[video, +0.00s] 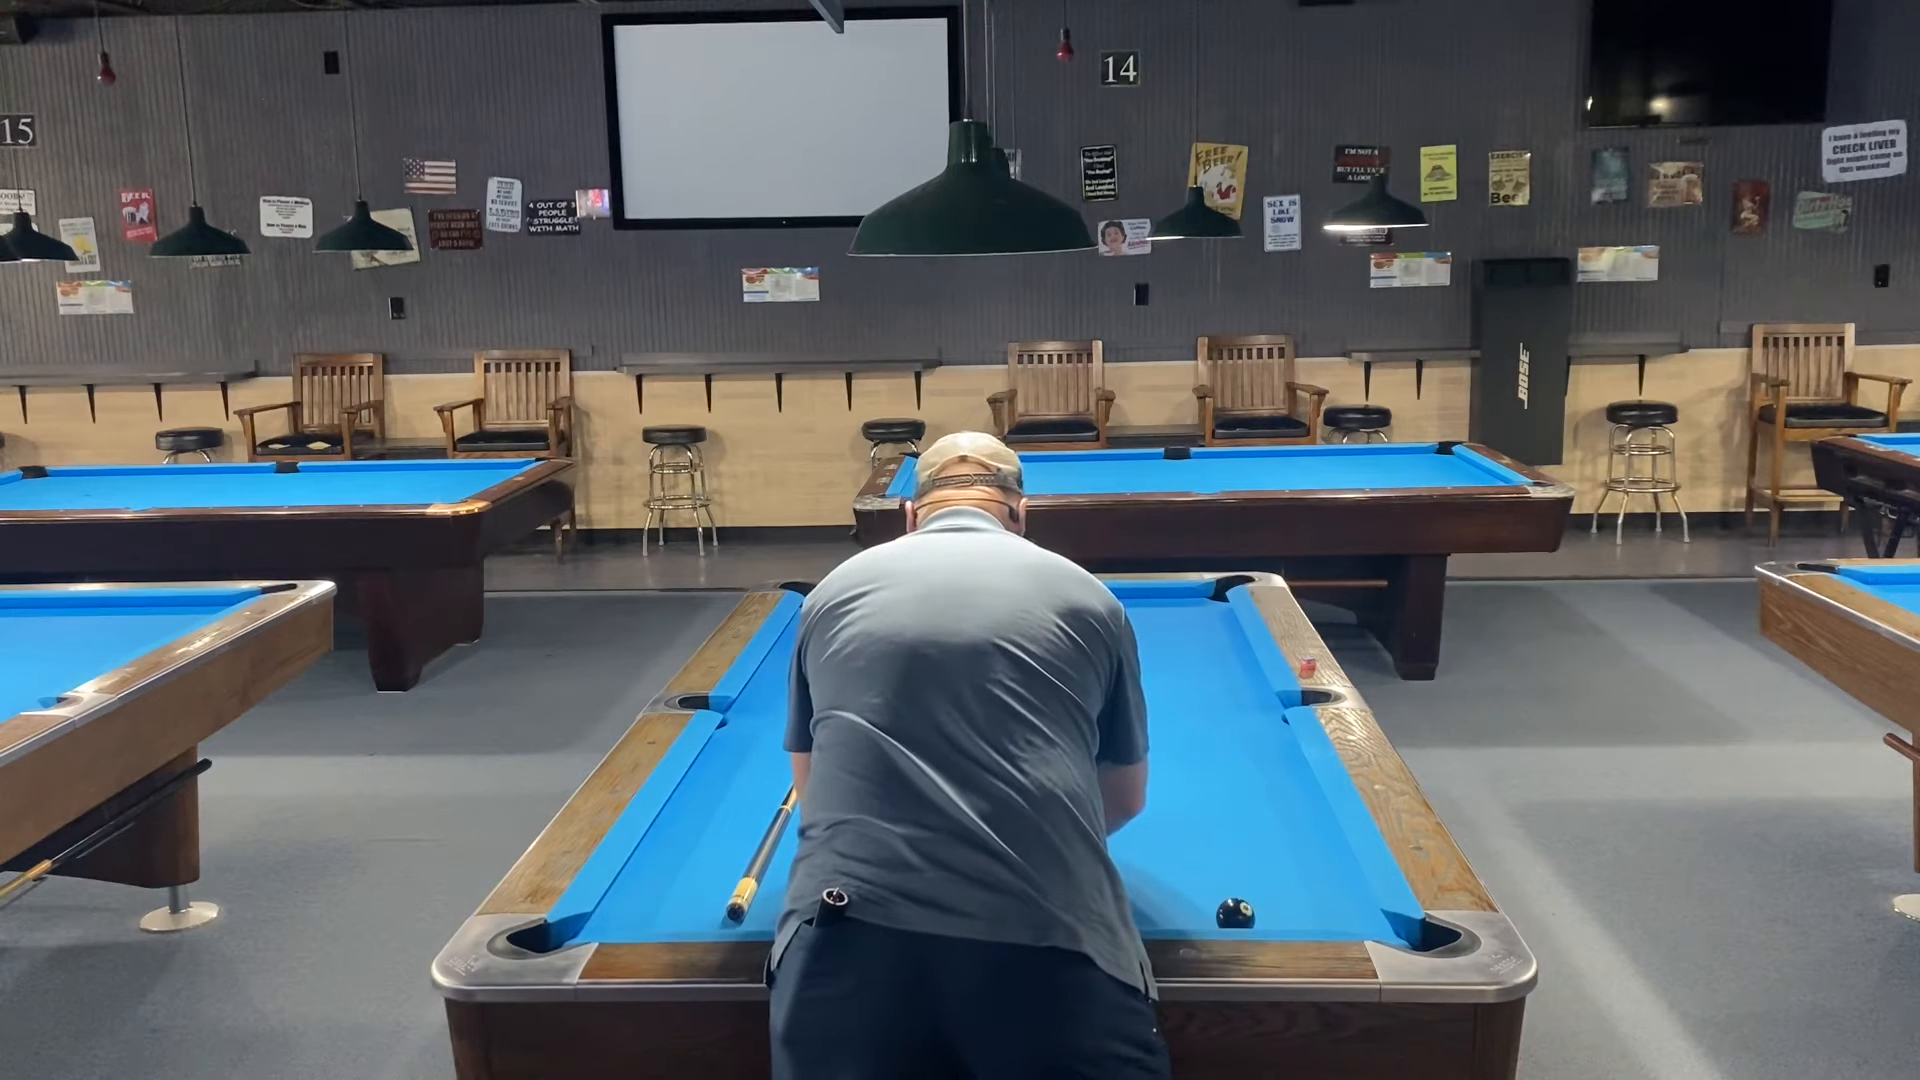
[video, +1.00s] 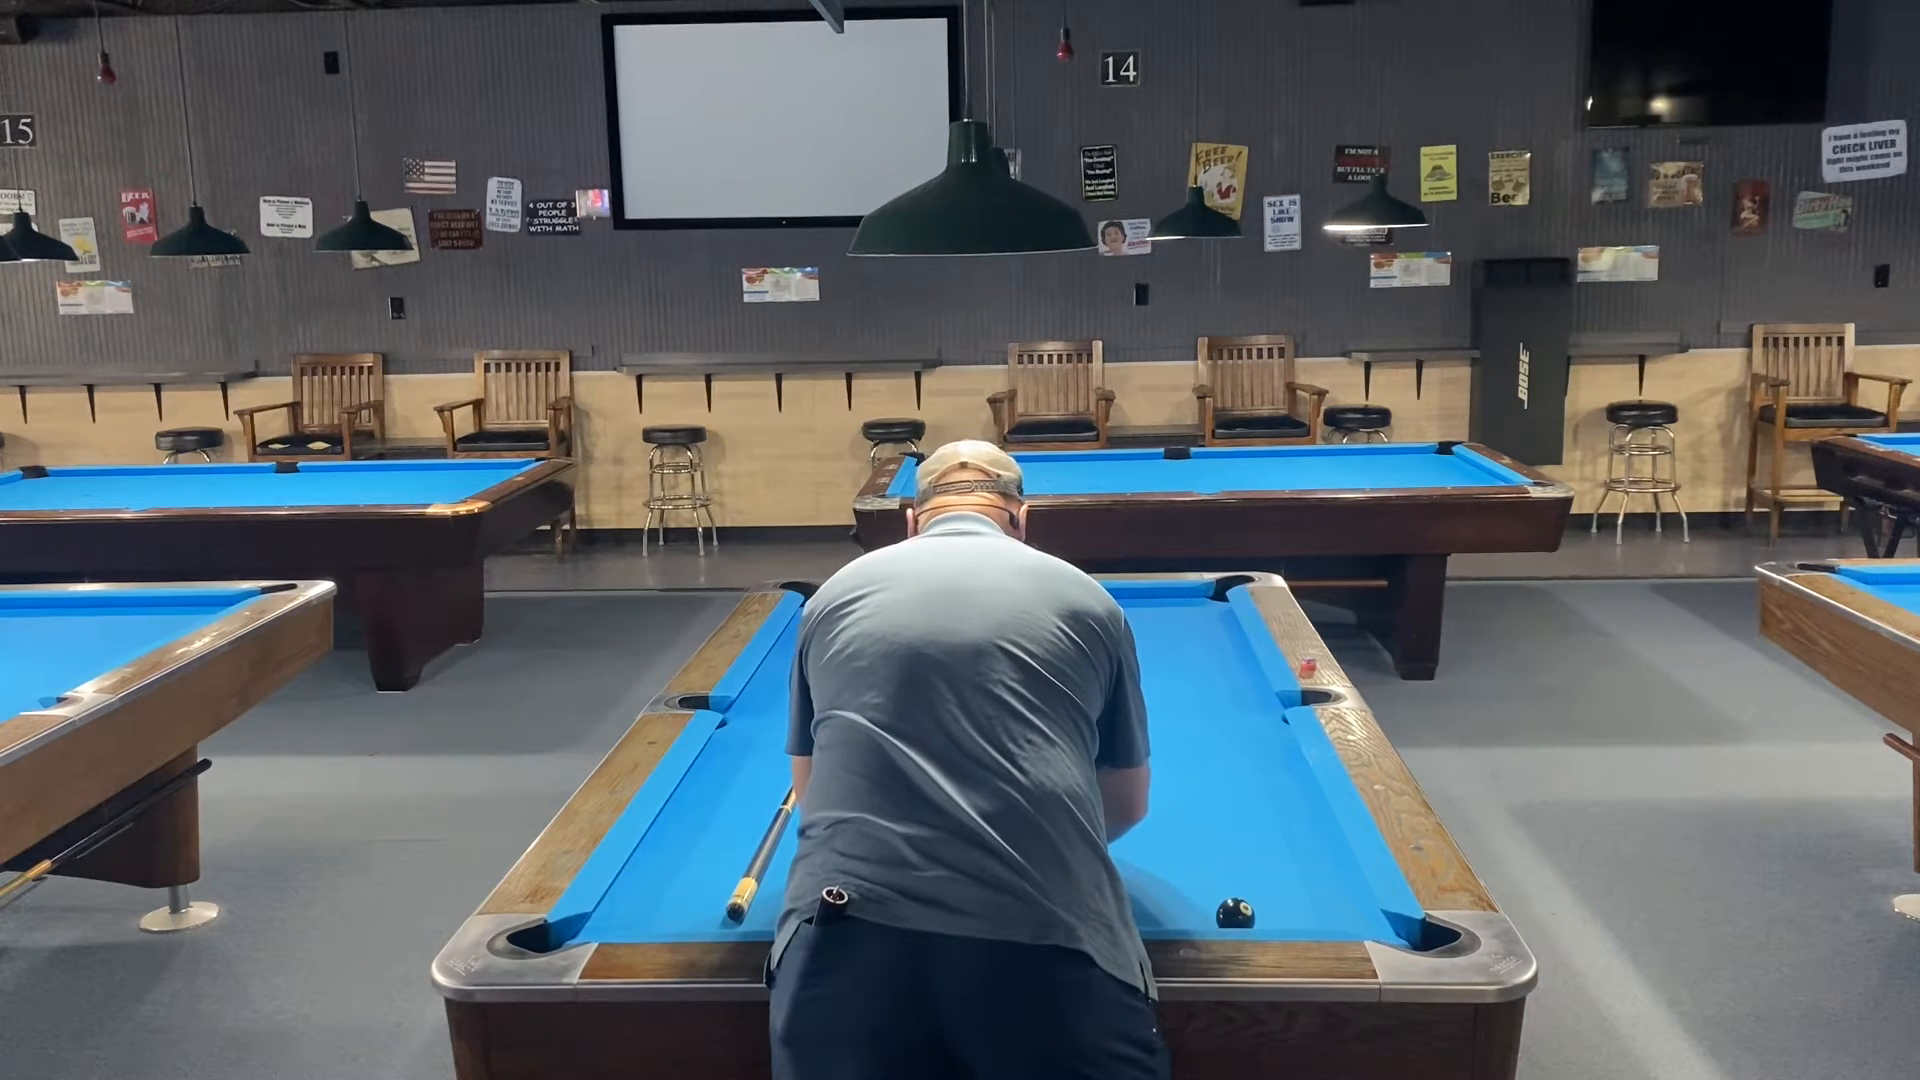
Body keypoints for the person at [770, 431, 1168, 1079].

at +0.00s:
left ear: (910, 514)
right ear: (1019, 512)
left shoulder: (833, 589)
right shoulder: (1089, 596)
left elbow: (810, 783)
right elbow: (1122, 794)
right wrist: (1028, 843)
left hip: (847, 958)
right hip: (1052, 964)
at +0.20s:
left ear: (910, 515)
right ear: (1018, 515)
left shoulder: (833, 590)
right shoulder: (1088, 596)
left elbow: (810, 783)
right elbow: (1121, 796)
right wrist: (1028, 843)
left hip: (847, 957)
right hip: (1051, 962)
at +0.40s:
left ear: (911, 516)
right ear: (1018, 514)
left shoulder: (833, 591)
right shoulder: (1089, 597)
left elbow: (809, 784)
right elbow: (1122, 798)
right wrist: (1029, 846)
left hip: (846, 953)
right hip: (1051, 961)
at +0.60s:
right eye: (1020, 511)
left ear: (912, 518)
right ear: (1018, 515)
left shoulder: (833, 592)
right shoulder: (1088, 597)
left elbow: (809, 788)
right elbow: (1123, 799)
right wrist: (1029, 847)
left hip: (846, 954)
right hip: (1051, 962)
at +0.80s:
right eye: (1021, 513)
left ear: (913, 520)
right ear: (1018, 516)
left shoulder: (834, 593)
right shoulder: (1088, 597)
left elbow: (809, 789)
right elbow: (1123, 801)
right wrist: (1030, 848)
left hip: (846, 955)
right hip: (1050, 962)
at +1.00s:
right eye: (1020, 512)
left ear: (913, 519)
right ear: (1018, 517)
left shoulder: (835, 592)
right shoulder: (1089, 598)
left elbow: (809, 789)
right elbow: (1124, 801)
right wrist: (1030, 849)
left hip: (846, 956)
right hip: (1050, 963)